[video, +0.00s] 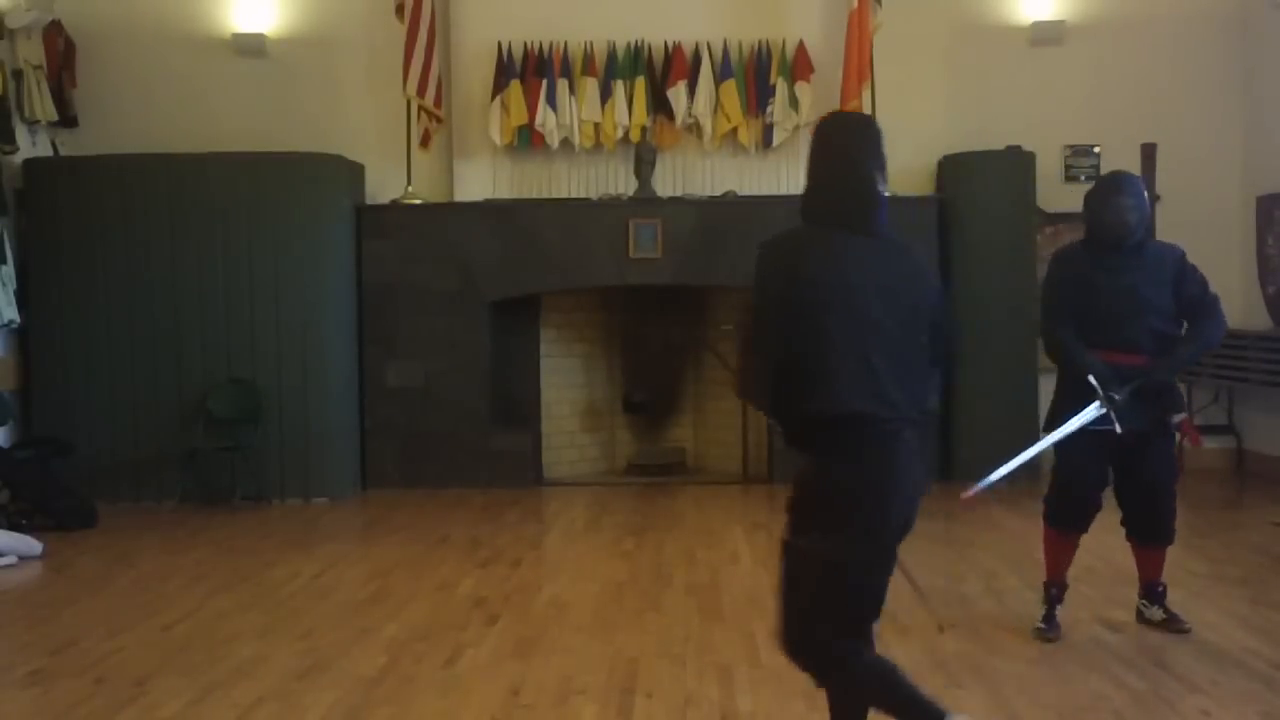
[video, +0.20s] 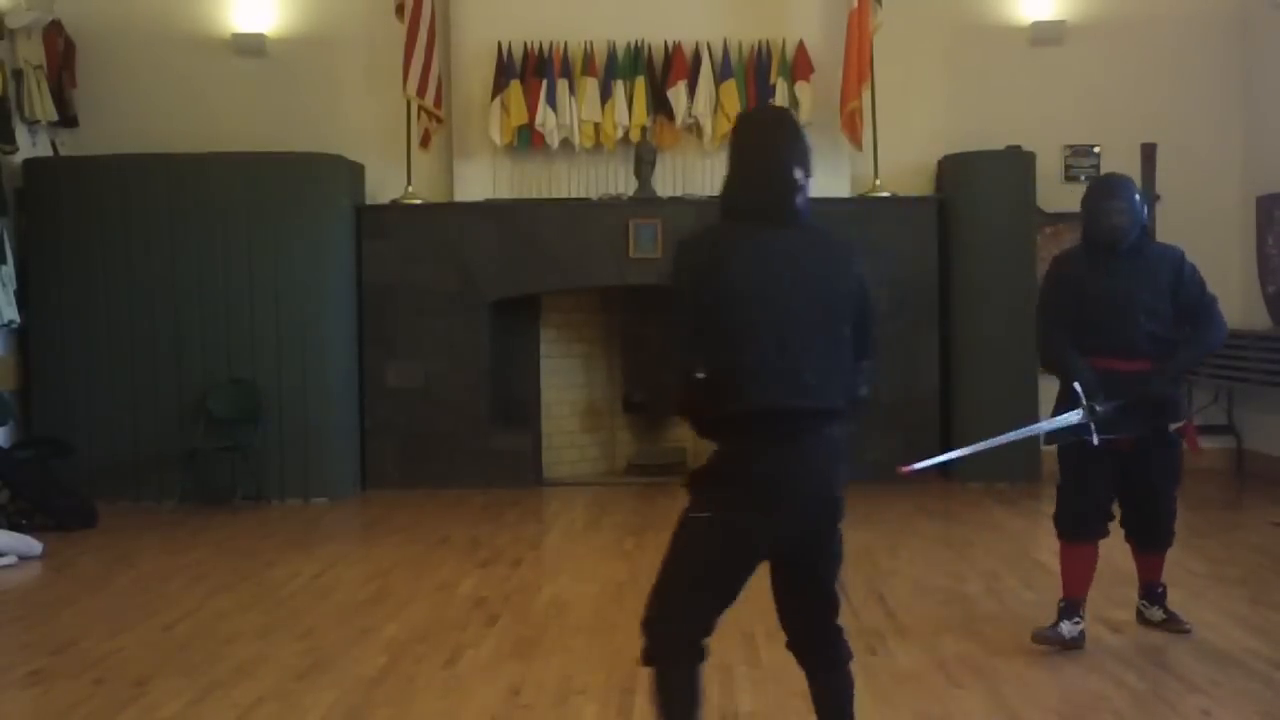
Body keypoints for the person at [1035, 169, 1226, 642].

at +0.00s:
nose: (1120, 227)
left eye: (1129, 217)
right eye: (1110, 218)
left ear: (1145, 215)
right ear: (1091, 216)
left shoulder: (1168, 263)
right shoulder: (1069, 263)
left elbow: (1212, 323)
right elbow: (1056, 334)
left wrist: (1165, 368)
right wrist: (1095, 375)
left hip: (1148, 406)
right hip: (1081, 404)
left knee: (1153, 503)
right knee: (1070, 501)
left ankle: (1152, 600)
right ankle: (1052, 599)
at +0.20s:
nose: (1111, 224)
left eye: (1120, 213)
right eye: (1101, 214)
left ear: (1140, 214)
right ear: (1084, 217)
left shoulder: (1169, 265)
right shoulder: (1068, 268)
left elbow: (1212, 329)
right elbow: (1049, 341)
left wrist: (1163, 376)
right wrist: (1086, 380)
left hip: (1152, 414)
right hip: (1086, 414)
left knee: (1153, 512)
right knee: (1079, 517)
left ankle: (1152, 602)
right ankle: (1071, 617)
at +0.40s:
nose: (1088, 228)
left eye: (1097, 217)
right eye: (1078, 218)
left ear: (1116, 216)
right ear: (1061, 222)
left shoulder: (1150, 265)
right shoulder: (1047, 277)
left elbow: (1193, 334)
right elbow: (1033, 350)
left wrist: (1149, 379)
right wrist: (1067, 394)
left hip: (1143, 410)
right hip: (1074, 410)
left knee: (1160, 513)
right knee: (1069, 518)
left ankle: (1157, 587)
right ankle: (1069, 623)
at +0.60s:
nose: (1065, 220)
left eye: (1074, 208)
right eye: (1055, 209)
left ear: (1097, 209)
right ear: (1042, 215)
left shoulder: (1134, 257)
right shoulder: (1030, 273)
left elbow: (1182, 326)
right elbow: (1021, 351)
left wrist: (1135, 376)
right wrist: (1054, 401)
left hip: (1132, 409)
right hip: (1064, 413)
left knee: (1163, 511)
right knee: (1062, 521)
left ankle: (1166, 585)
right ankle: (1069, 623)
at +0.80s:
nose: (1054, 220)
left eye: (1064, 208)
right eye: (1045, 210)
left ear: (1089, 207)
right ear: (1035, 216)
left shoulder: (1131, 255)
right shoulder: (1026, 272)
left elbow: (1181, 322)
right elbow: (1014, 349)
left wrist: (1127, 385)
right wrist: (1049, 400)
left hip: (1130, 418)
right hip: (1063, 419)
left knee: (1151, 524)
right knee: (1059, 526)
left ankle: (1170, 629)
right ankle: (1068, 627)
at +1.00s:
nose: (1050, 225)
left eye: (1061, 214)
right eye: (1045, 214)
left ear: (1094, 213)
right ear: (1040, 217)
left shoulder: (1140, 261)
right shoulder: (1040, 274)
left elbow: (1185, 337)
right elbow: (1017, 357)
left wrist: (1131, 391)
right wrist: (1035, 359)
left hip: (1139, 423)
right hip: (1071, 421)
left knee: (1146, 526)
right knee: (1061, 524)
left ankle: (1166, 640)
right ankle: (1067, 626)